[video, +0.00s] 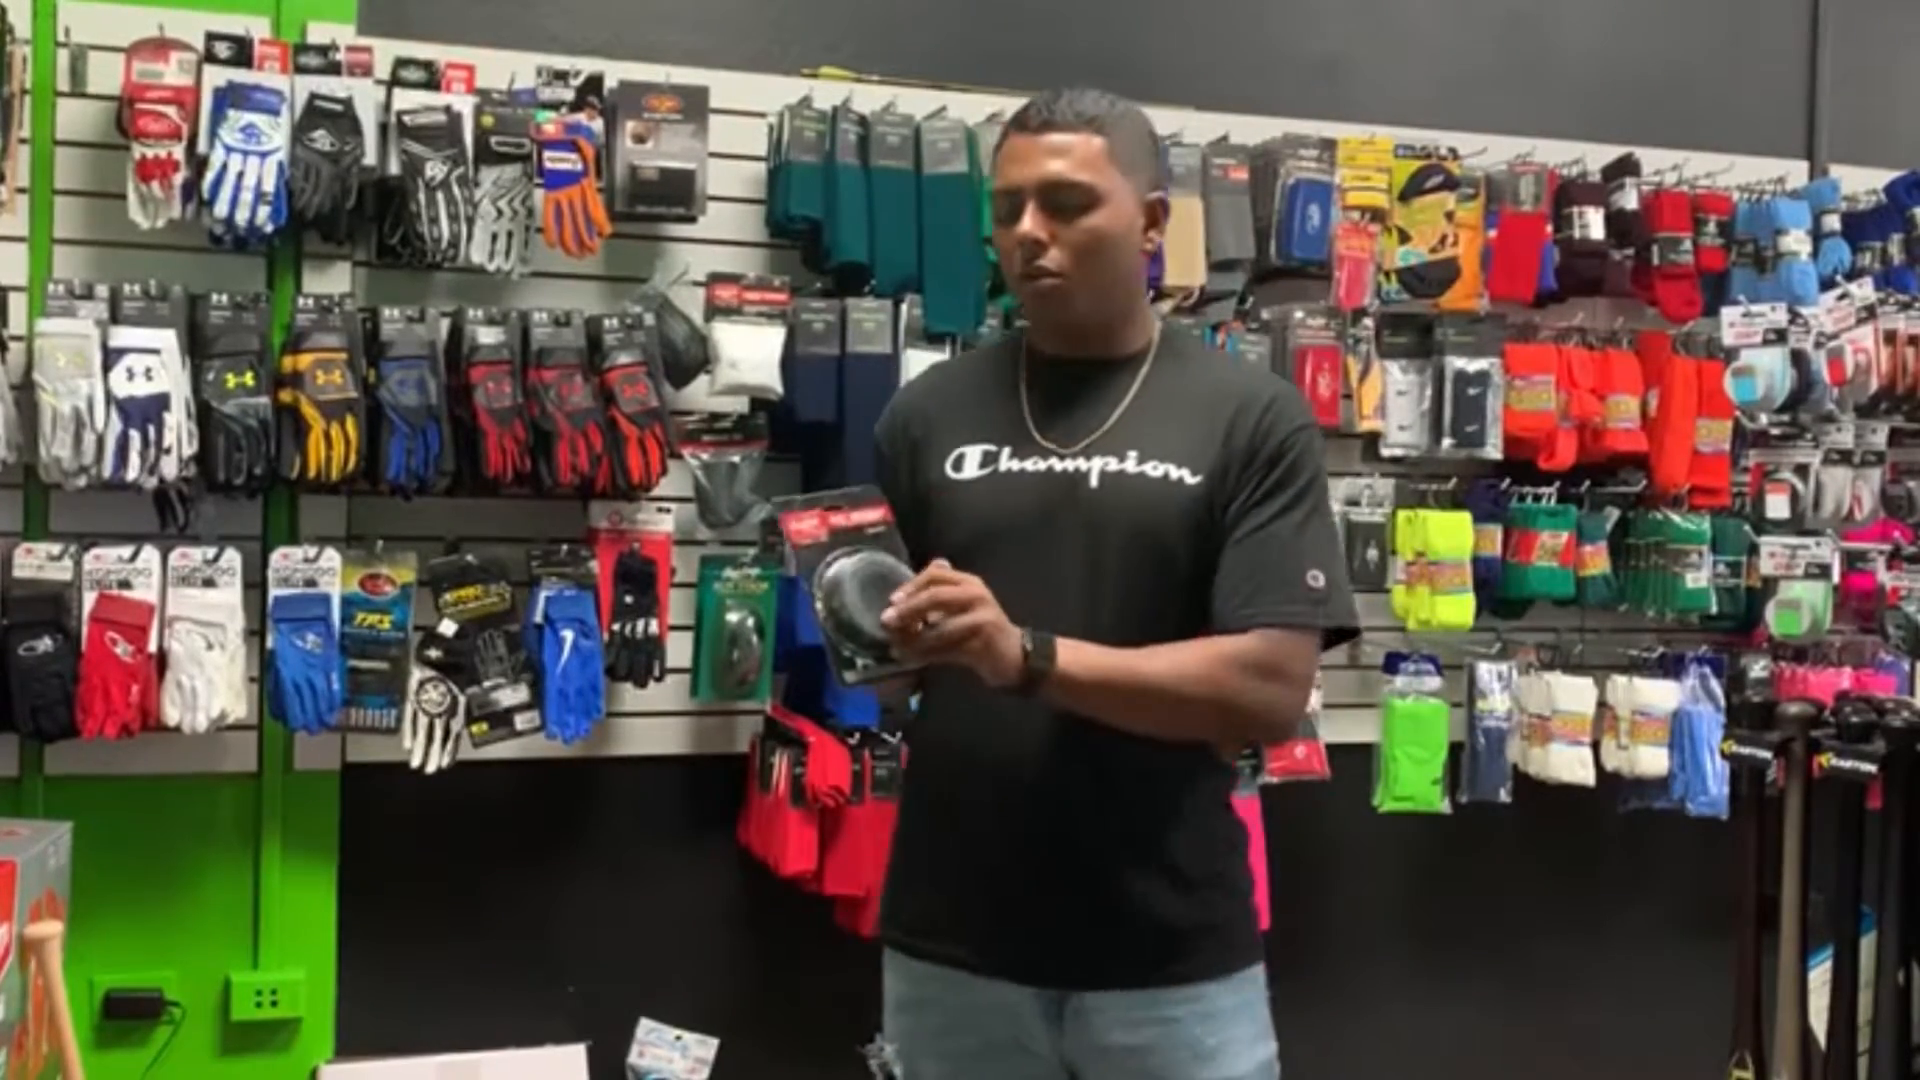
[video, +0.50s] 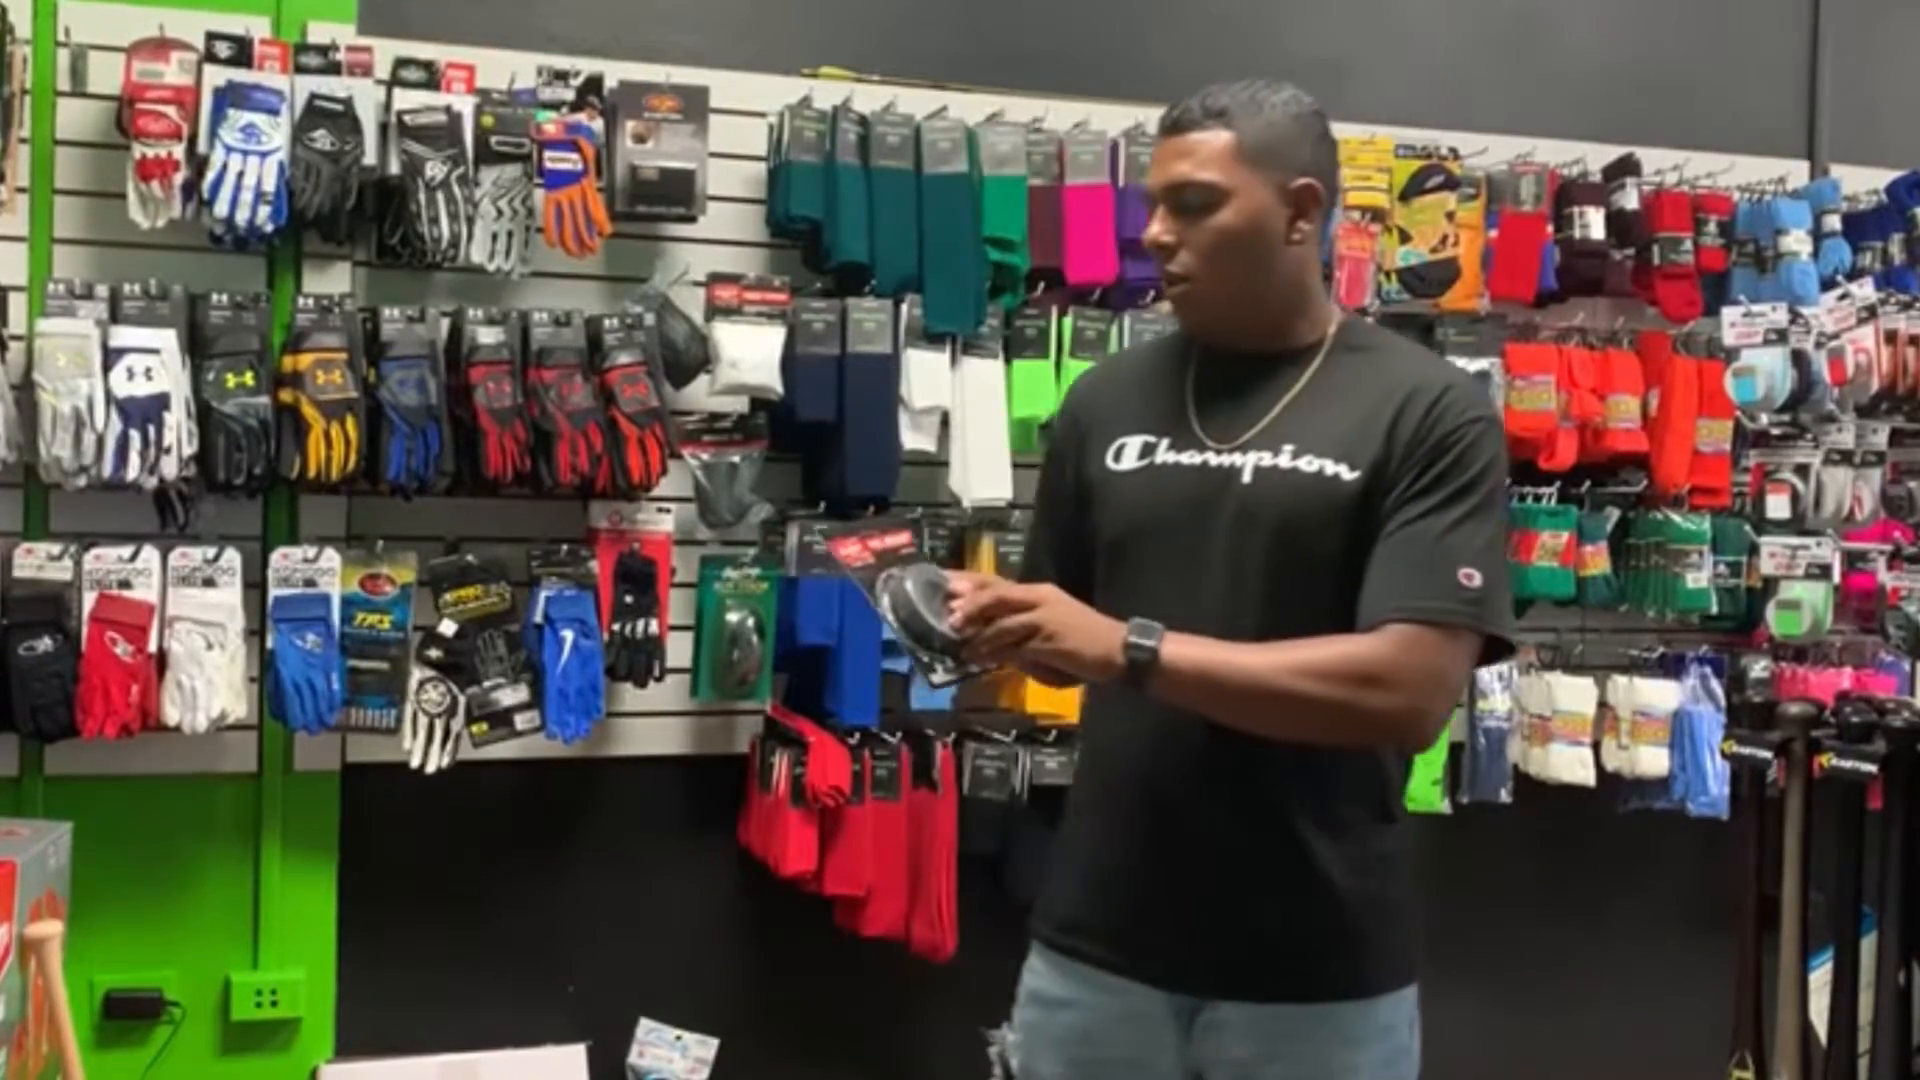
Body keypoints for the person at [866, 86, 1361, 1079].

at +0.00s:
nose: (1028, 234)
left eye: (1067, 203)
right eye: (1009, 207)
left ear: (1152, 220)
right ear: (991, 225)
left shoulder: (1252, 416)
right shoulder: (923, 416)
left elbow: (1272, 686)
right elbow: (889, 666)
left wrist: (1031, 657)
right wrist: (892, 643)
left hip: (1172, 952)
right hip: (955, 946)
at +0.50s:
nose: (1154, 236)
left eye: (1192, 205)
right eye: (1153, 207)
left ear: (1303, 210)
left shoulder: (1428, 410)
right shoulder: (1101, 402)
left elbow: (1411, 692)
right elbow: (1068, 641)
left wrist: (1126, 648)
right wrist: (1001, 624)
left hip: (1320, 973)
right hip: (1098, 950)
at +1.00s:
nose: (1270, 229)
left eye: (1309, 198)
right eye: (1269, 200)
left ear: (1425, 216)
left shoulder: (1555, 423)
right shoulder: (1227, 397)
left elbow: (1488, 705)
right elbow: (1169, 627)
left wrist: (1195, 652)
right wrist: (1080, 621)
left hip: (1418, 991)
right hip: (1196, 960)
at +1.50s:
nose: (1258, 226)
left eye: (1294, 193)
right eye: (1259, 195)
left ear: (1407, 208)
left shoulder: (1539, 418)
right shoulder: (1227, 396)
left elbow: (1442, 698)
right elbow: (1164, 605)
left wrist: (1157, 645)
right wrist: (1055, 618)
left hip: (1404, 991)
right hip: (1184, 958)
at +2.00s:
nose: (1133, 227)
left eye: (1169, 193)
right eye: (1135, 198)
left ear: (1275, 209)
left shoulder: (1399, 408)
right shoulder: (1106, 396)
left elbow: (1306, 680)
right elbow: (1047, 631)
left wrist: (1031, 623)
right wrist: (932, 605)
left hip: (1285, 961)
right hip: (1082, 939)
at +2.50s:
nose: (998, 252)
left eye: (1030, 217)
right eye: (996, 226)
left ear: (1137, 217)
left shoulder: (1266, 401)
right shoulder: (981, 408)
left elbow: (1205, 665)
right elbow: (954, 644)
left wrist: (927, 628)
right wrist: (840, 607)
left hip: (1185, 942)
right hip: (988, 931)